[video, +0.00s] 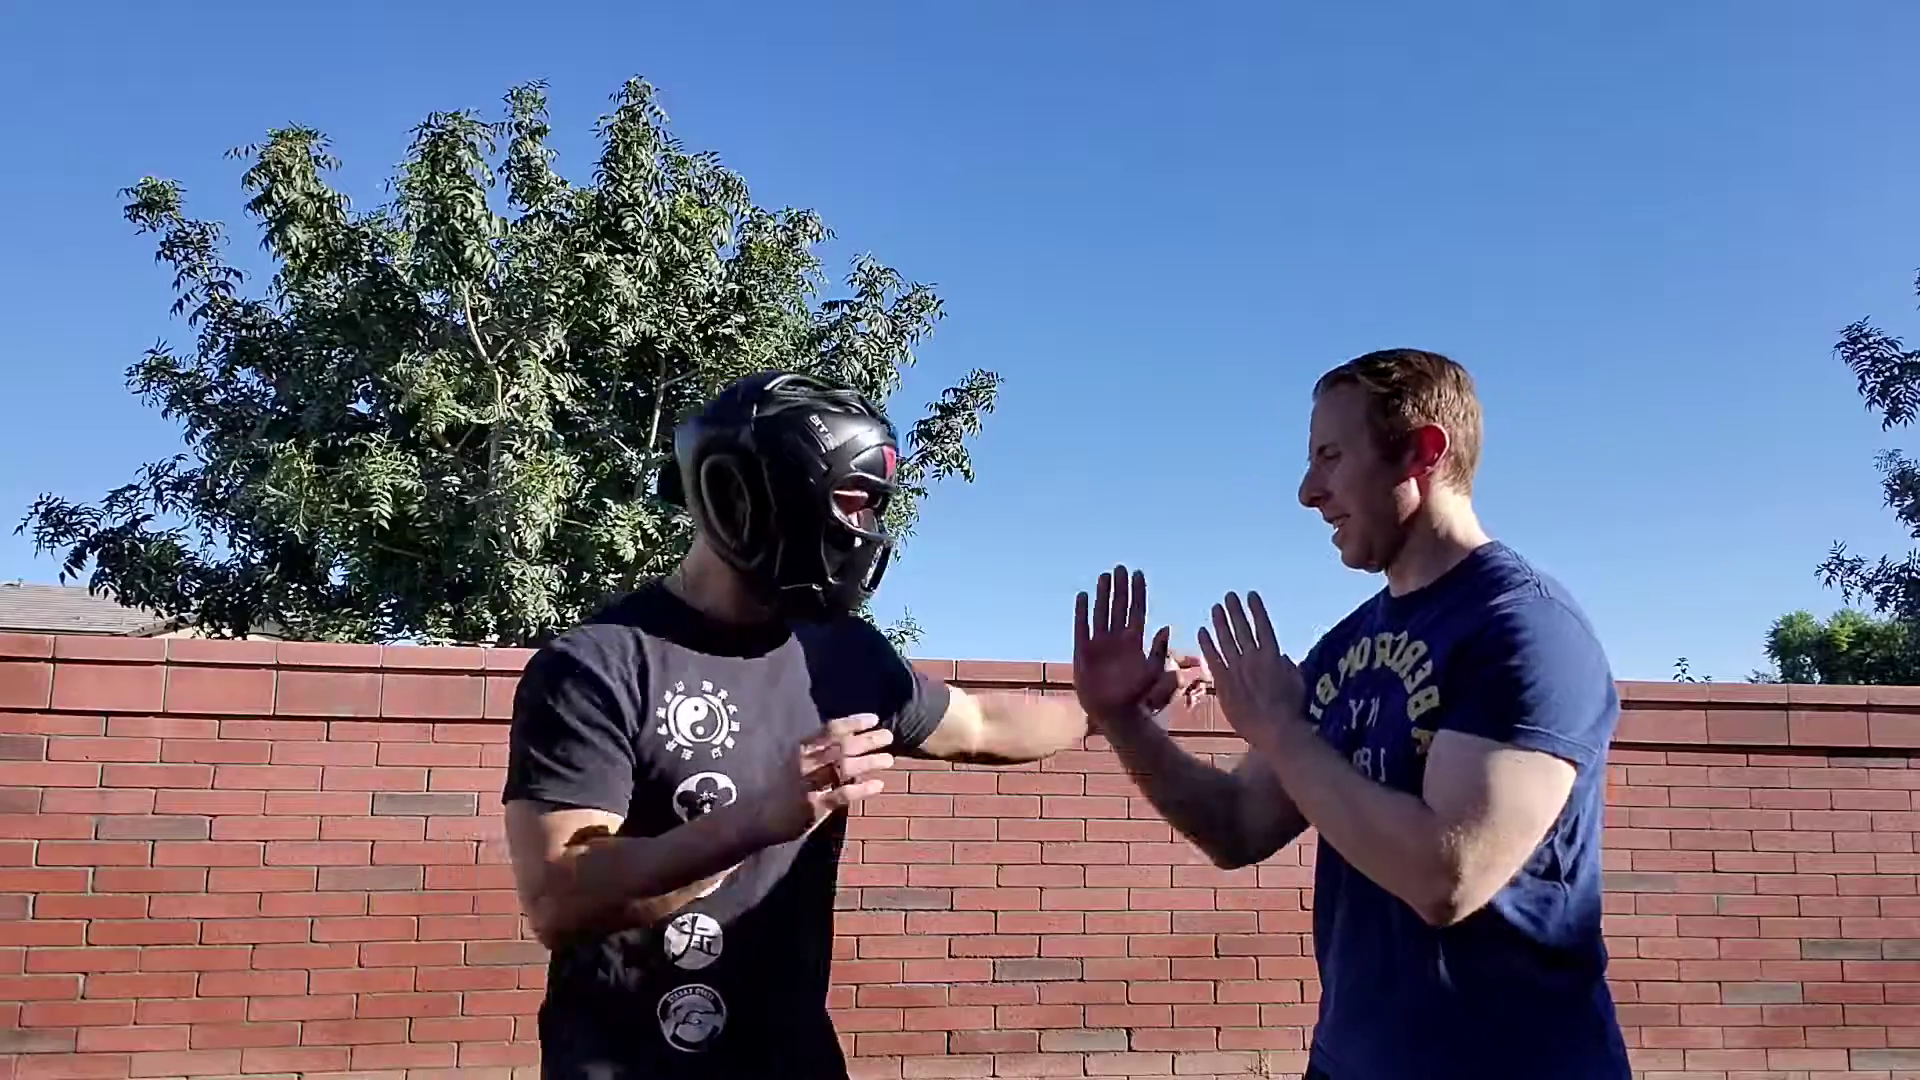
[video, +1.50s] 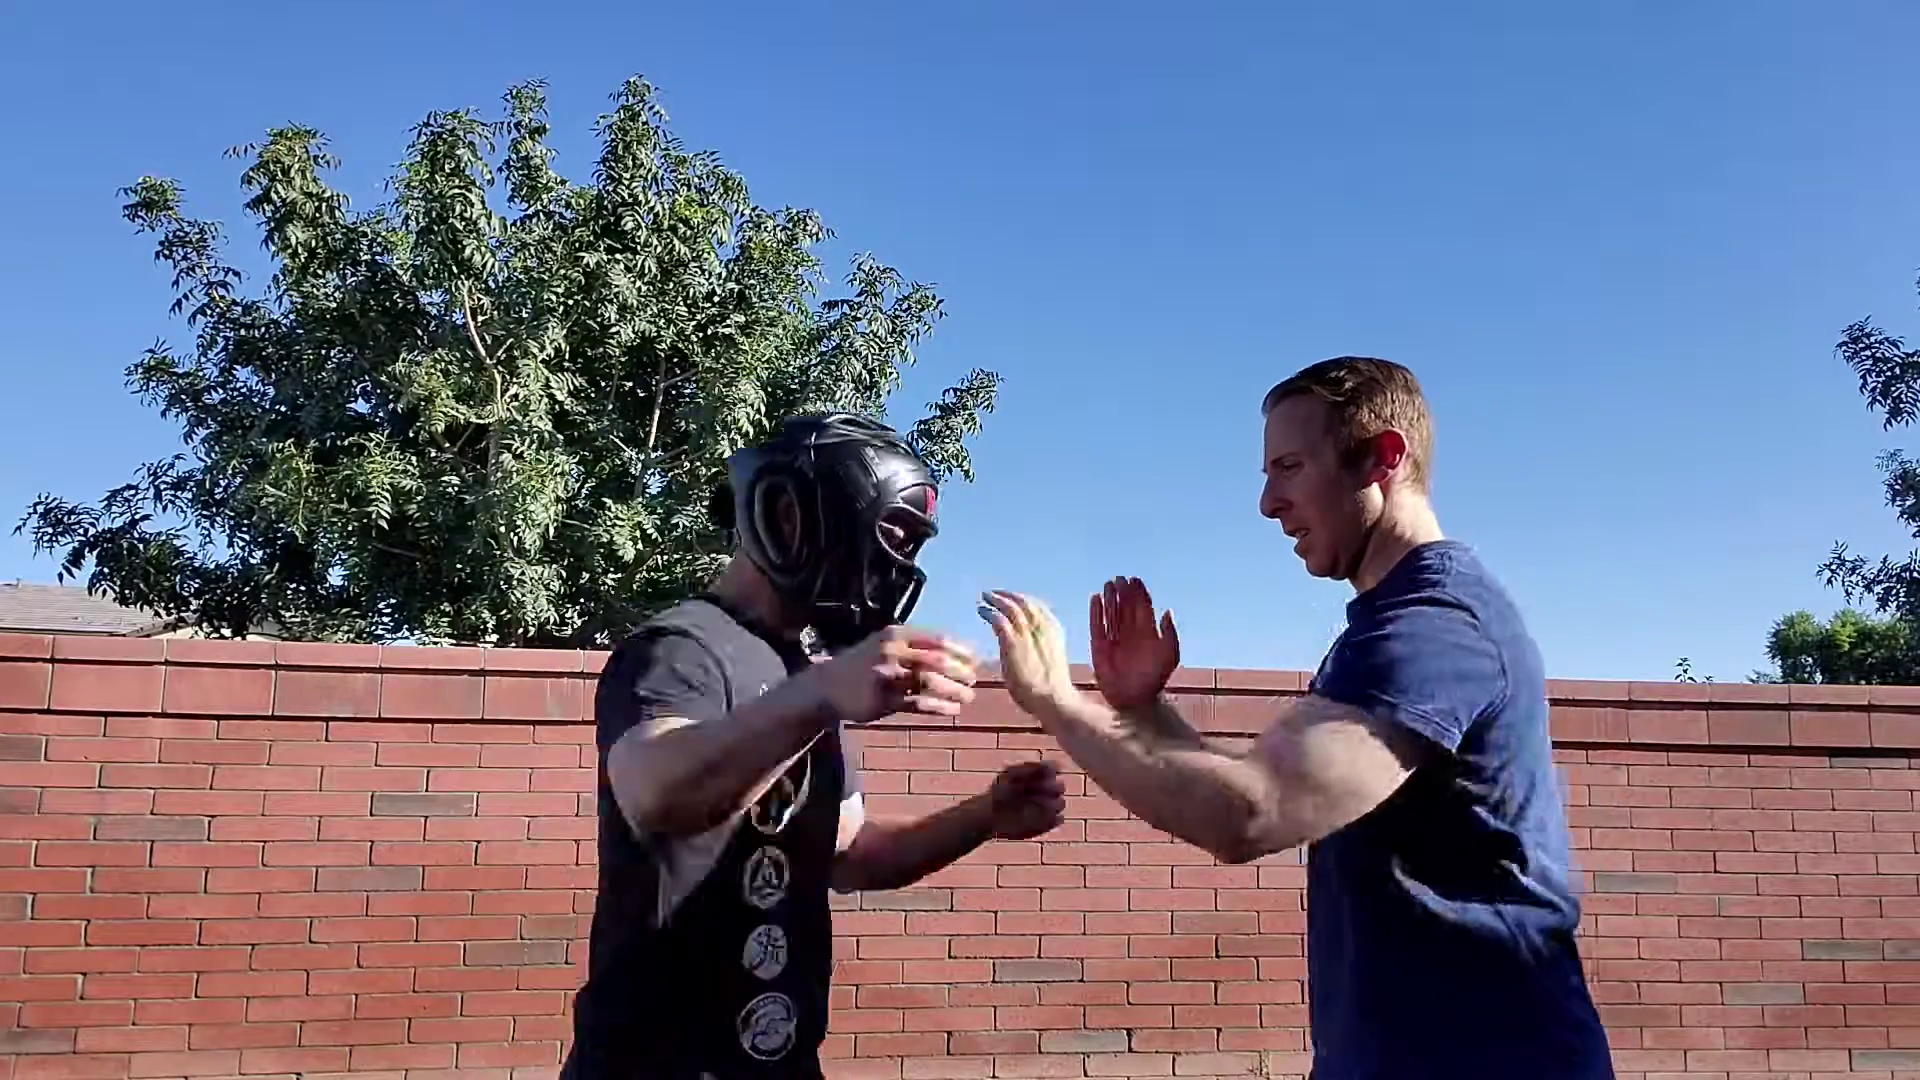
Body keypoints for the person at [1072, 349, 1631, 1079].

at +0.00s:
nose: (1309, 490)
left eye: (1330, 455)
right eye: (1313, 462)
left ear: (1422, 457)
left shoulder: (1531, 630)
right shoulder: (1346, 649)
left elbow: (1447, 877)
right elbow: (1238, 829)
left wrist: (1284, 734)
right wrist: (1125, 722)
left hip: (1511, 1057)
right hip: (1356, 1052)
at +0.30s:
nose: (1325, 498)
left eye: (1345, 463)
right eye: (1326, 470)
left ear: (1445, 455)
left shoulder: (1551, 633)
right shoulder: (1353, 643)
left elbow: (1478, 892)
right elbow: (1223, 769)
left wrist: (1296, 751)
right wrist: (1143, 621)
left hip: (1518, 1058)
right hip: (1357, 1051)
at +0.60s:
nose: (1311, 506)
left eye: (1331, 470)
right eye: (1311, 478)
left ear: (1427, 459)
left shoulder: (1535, 636)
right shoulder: (1354, 646)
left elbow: (1461, 897)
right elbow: (1219, 775)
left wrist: (1274, 769)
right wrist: (1149, 624)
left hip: (1513, 1059)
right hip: (1357, 1051)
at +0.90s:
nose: (1248, 511)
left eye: (1266, 478)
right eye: (1248, 483)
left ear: (1356, 470)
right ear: (1359, 476)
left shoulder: (1376, 623)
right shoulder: (1439, 612)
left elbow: (1107, 726)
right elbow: (1302, 805)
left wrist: (910, 609)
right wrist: (1212, 673)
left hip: (1429, 1057)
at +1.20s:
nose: (1268, 506)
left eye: (1289, 473)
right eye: (1267, 479)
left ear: (1385, 463)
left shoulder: (1426, 606)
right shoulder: (1378, 615)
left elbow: (1146, 718)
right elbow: (1294, 806)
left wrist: (917, 633)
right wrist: (1204, 678)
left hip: (1476, 1052)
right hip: (1384, 1049)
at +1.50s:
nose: (1267, 502)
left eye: (1288, 467)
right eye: (1269, 473)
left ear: (1382, 462)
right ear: (1381, 469)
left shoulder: (1440, 621)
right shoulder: (1386, 623)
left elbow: (1247, 817)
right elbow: (1260, 796)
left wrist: (1056, 706)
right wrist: (1147, 710)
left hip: (1478, 1056)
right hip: (1395, 1052)